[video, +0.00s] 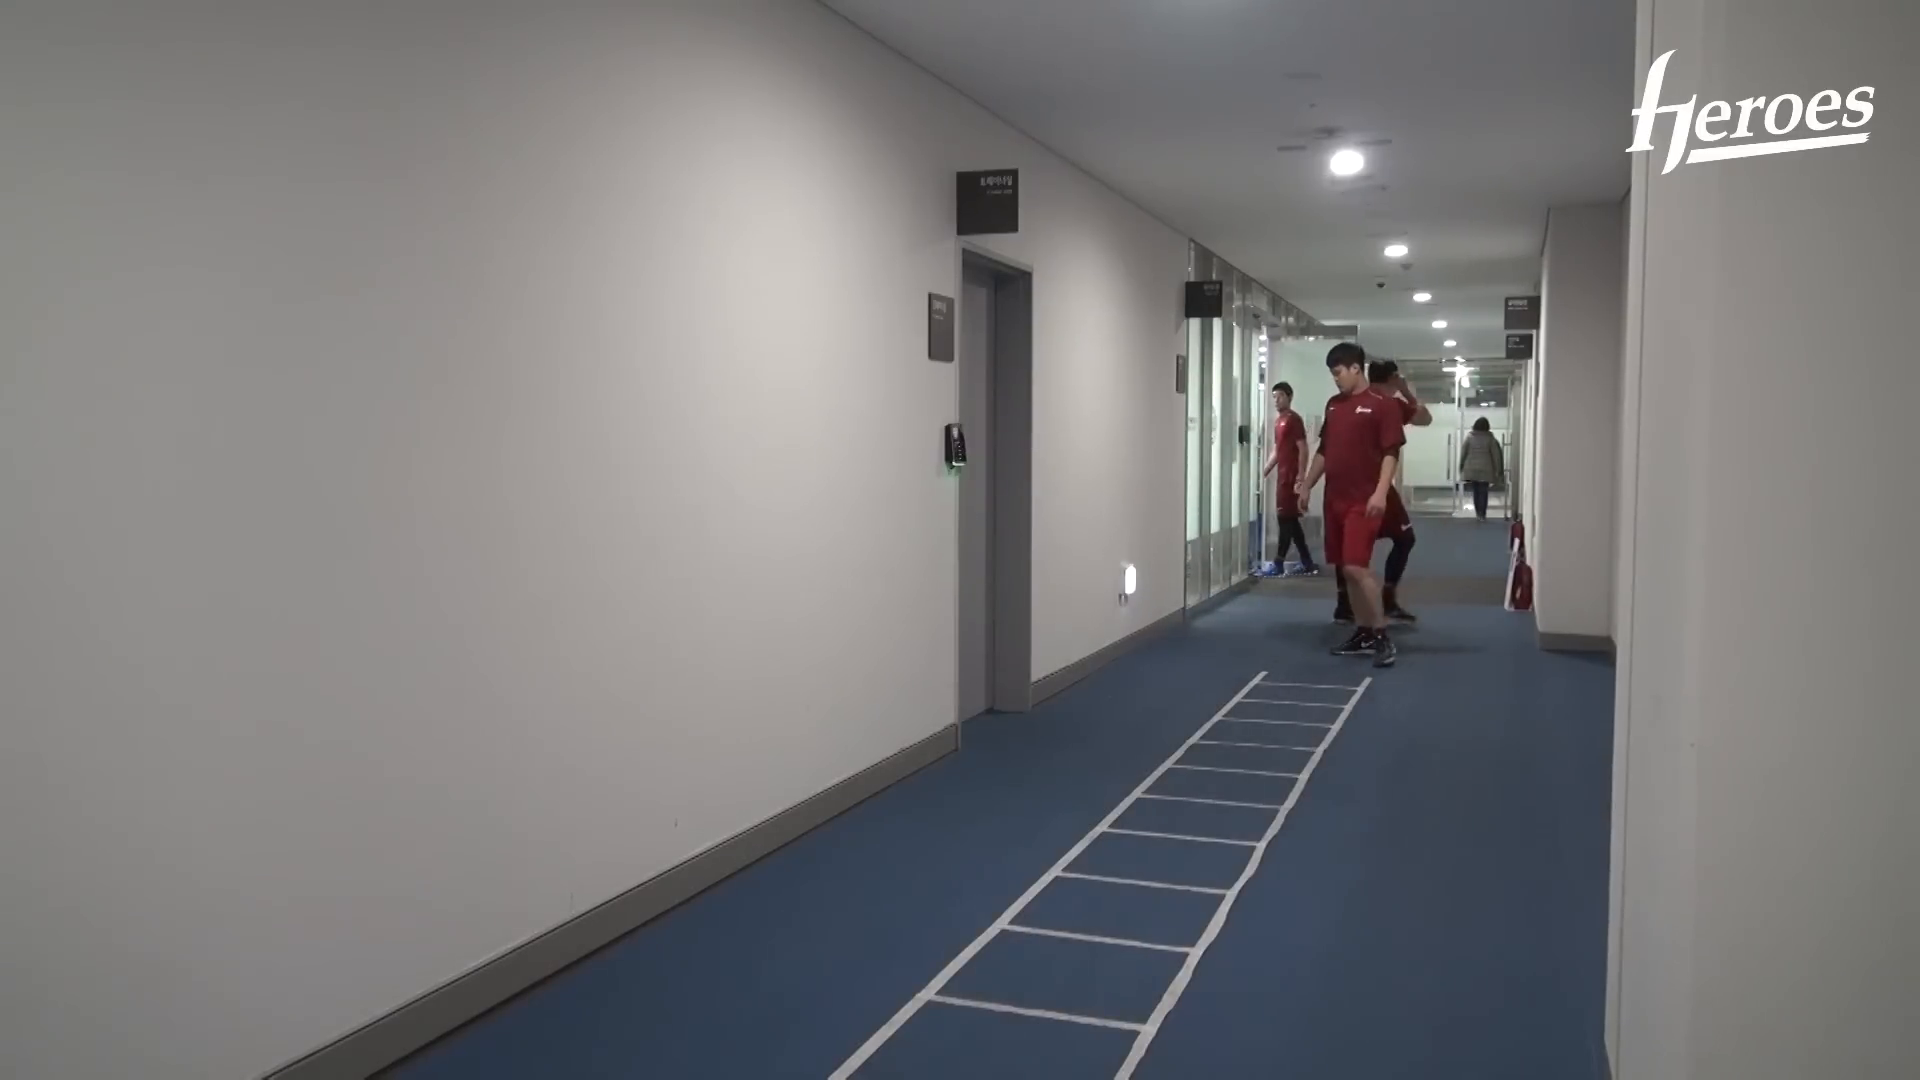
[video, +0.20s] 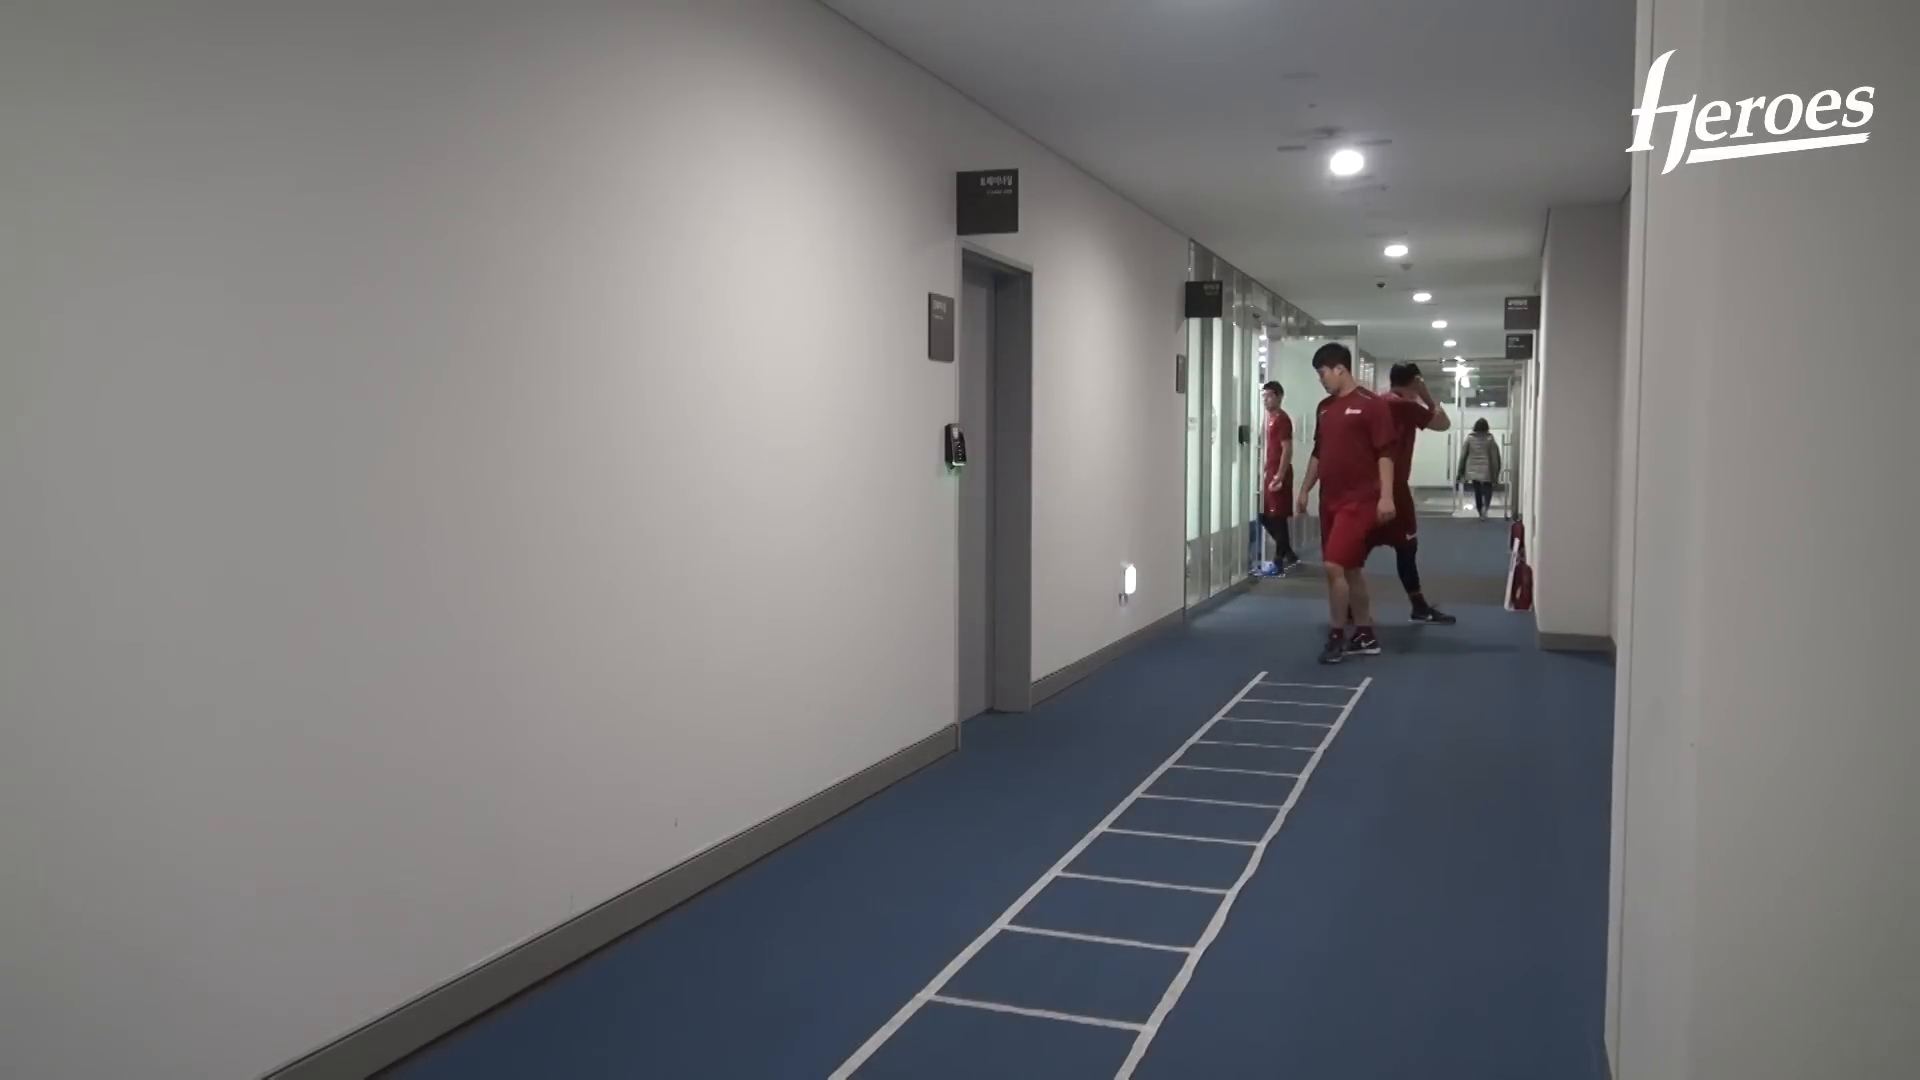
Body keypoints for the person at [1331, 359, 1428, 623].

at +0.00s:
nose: (1399, 386)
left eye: (1398, 381)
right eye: (1396, 381)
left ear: (1373, 380)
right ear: (1389, 381)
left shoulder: (1356, 403)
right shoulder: (1390, 405)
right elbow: (1425, 418)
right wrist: (1408, 393)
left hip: (1352, 482)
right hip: (1378, 483)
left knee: (1346, 543)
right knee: (1405, 538)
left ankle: (1345, 604)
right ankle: (1388, 599)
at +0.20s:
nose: (1420, 390)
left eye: (1419, 385)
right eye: (1418, 386)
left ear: (1392, 384)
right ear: (1412, 385)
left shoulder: (1377, 402)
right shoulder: (1405, 406)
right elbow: (1442, 422)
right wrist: (1425, 395)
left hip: (1369, 485)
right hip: (1395, 487)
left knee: (1355, 550)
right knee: (1406, 548)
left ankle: (1347, 607)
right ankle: (1419, 606)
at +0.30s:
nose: (1430, 390)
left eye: (1429, 385)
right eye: (1428, 385)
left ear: (1405, 382)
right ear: (1420, 384)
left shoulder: (1388, 401)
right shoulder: (1411, 405)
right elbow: (1451, 422)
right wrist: (1435, 393)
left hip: (1383, 486)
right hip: (1405, 488)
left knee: (1379, 544)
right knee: (1413, 546)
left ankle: (1348, 595)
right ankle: (1420, 606)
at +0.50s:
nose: (1449, 387)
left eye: (1449, 382)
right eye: (1447, 382)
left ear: (1423, 381)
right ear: (1437, 381)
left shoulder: (1401, 402)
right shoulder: (1427, 405)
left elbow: (1390, 441)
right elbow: (1466, 420)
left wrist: (1393, 472)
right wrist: (1451, 391)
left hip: (1398, 482)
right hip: (1415, 484)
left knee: (1413, 541)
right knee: (1417, 543)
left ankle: (1380, 584)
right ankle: (1421, 607)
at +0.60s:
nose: (1456, 384)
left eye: (1456, 379)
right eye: (1454, 379)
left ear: (1431, 379)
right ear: (1445, 379)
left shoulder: (1411, 401)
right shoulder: (1431, 404)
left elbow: (1398, 440)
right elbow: (1471, 420)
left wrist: (1402, 469)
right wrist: (1459, 389)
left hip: (1408, 480)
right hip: (1418, 483)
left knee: (1426, 537)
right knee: (1422, 541)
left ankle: (1406, 591)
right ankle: (1419, 604)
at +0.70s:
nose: (1463, 388)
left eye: (1463, 383)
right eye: (1462, 382)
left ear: (1442, 378)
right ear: (1453, 378)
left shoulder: (1432, 400)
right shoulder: (1430, 403)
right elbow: (1474, 421)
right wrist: (1463, 390)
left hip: (1430, 484)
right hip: (1419, 486)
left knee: (1433, 542)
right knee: (1421, 544)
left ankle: (1434, 599)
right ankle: (1421, 605)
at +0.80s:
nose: (1468, 392)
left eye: (1469, 386)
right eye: (1468, 386)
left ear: (1452, 378)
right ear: (1459, 379)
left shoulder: (1440, 402)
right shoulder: (1433, 403)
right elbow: (1474, 419)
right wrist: (1466, 390)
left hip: (1436, 485)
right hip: (1422, 486)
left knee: (1441, 545)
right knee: (1421, 545)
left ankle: (1453, 602)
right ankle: (1420, 606)